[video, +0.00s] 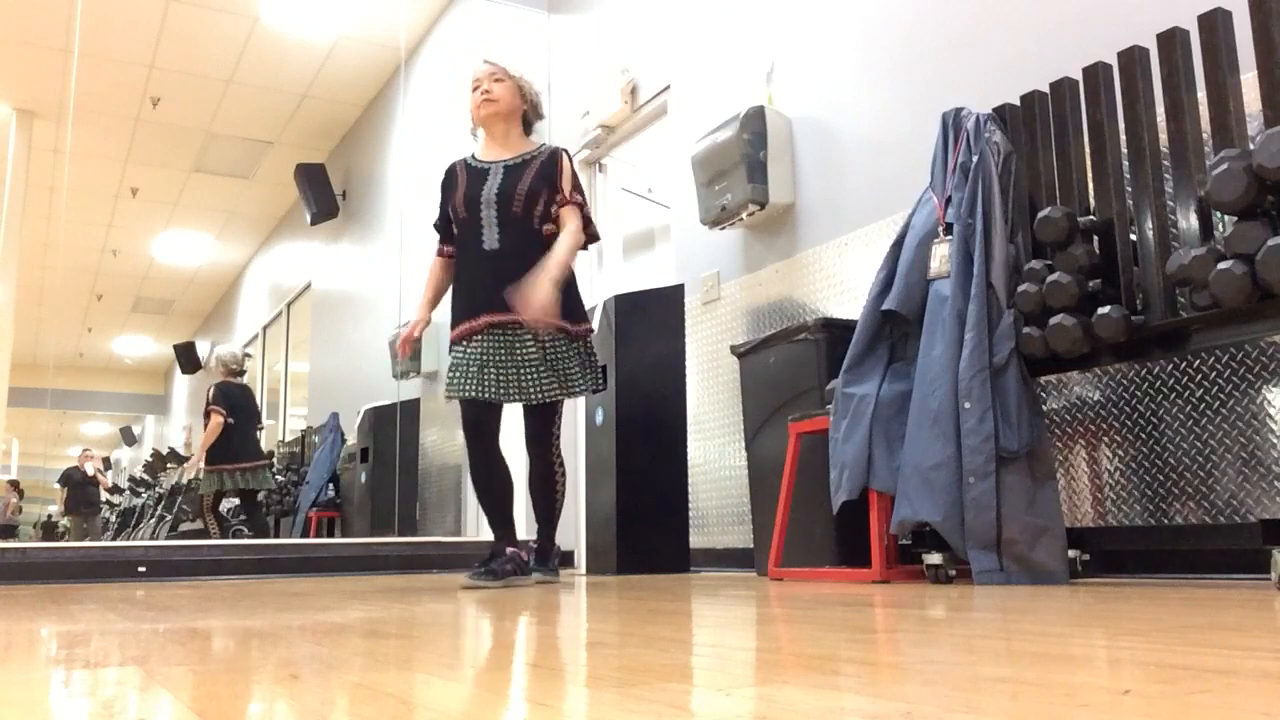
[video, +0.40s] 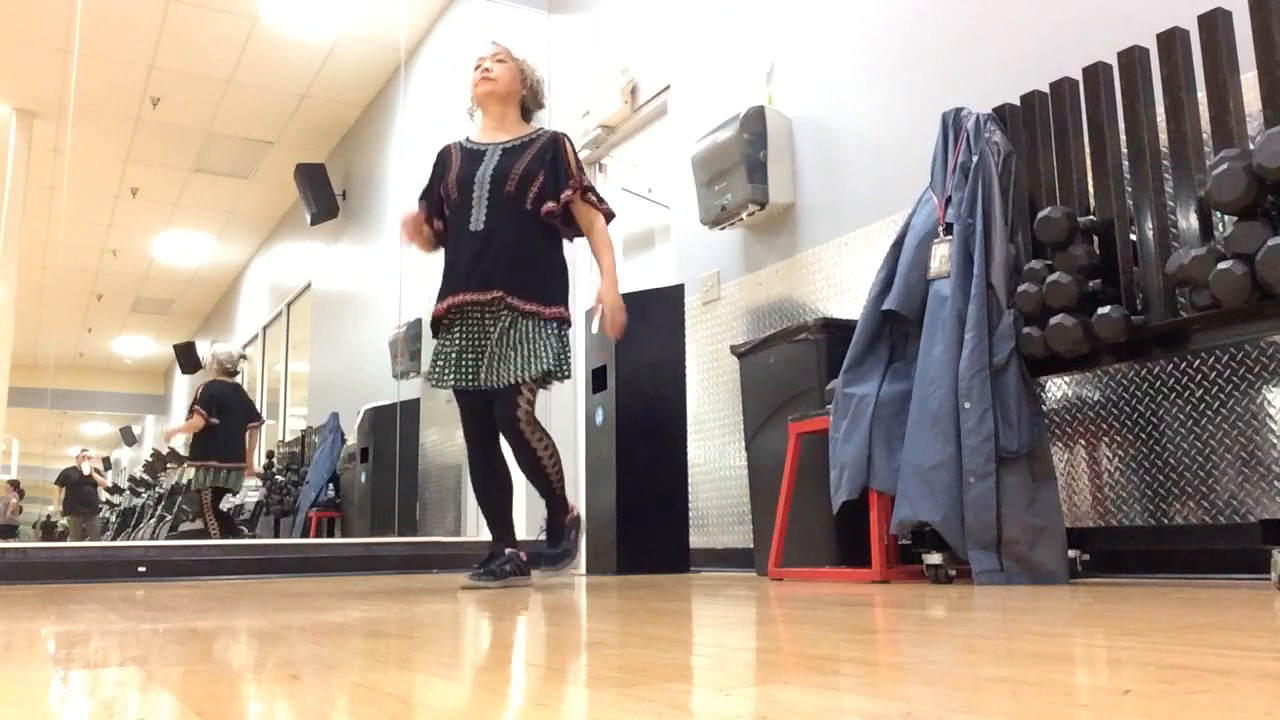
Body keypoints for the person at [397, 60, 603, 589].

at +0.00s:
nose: (482, 88)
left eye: (495, 82)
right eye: (475, 86)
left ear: (523, 101)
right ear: (472, 112)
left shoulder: (551, 159)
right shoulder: (459, 173)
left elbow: (574, 229)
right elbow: (445, 256)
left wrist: (547, 280)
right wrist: (421, 317)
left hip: (541, 315)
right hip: (477, 319)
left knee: (541, 439)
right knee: (479, 436)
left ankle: (545, 550)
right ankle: (505, 548)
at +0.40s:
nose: (482, 67)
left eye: (496, 62)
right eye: (477, 65)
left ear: (524, 84)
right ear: (471, 89)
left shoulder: (550, 144)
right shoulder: (451, 155)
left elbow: (591, 220)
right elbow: (435, 237)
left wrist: (610, 286)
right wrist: (419, 231)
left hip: (529, 302)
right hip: (464, 304)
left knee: (515, 418)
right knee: (478, 432)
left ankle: (561, 513)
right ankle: (505, 549)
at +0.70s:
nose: (490, 55)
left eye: (505, 49)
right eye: (484, 52)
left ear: (532, 74)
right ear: (478, 79)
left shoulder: (556, 134)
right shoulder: (454, 143)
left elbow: (598, 214)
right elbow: (429, 227)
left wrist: (568, 204)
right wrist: (425, 175)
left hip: (534, 294)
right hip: (470, 298)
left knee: (527, 424)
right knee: (487, 430)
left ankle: (531, 550)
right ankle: (503, 548)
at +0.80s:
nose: (493, 50)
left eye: (508, 46)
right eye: (487, 48)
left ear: (535, 70)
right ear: (481, 75)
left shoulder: (560, 130)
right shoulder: (455, 138)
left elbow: (602, 210)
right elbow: (424, 220)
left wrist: (560, 171)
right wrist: (434, 176)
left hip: (538, 292)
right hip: (473, 294)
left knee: (529, 424)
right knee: (488, 428)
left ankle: (532, 550)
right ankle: (503, 547)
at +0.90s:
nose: (495, 45)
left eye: (510, 40)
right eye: (489, 43)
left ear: (538, 65)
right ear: (483, 69)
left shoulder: (564, 126)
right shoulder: (457, 133)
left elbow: (611, 203)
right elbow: (423, 213)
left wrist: (572, 165)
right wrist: (448, 186)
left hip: (543, 290)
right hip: (476, 292)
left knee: (530, 421)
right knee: (487, 427)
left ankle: (532, 551)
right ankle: (503, 547)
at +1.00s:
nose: (496, 43)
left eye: (510, 38)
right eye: (490, 40)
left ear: (539, 63)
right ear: (483, 67)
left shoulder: (564, 125)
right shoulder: (458, 130)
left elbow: (611, 204)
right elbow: (428, 209)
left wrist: (591, 193)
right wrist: (464, 209)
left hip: (544, 288)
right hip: (476, 291)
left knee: (532, 423)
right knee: (484, 431)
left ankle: (532, 549)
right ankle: (503, 547)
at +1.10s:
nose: (495, 41)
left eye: (510, 36)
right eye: (489, 39)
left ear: (538, 62)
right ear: (482, 67)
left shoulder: (565, 125)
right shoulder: (457, 130)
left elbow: (597, 199)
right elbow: (435, 211)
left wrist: (604, 212)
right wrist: (464, 242)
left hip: (549, 290)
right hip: (480, 292)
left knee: (533, 421)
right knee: (472, 429)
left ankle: (532, 548)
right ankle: (502, 542)